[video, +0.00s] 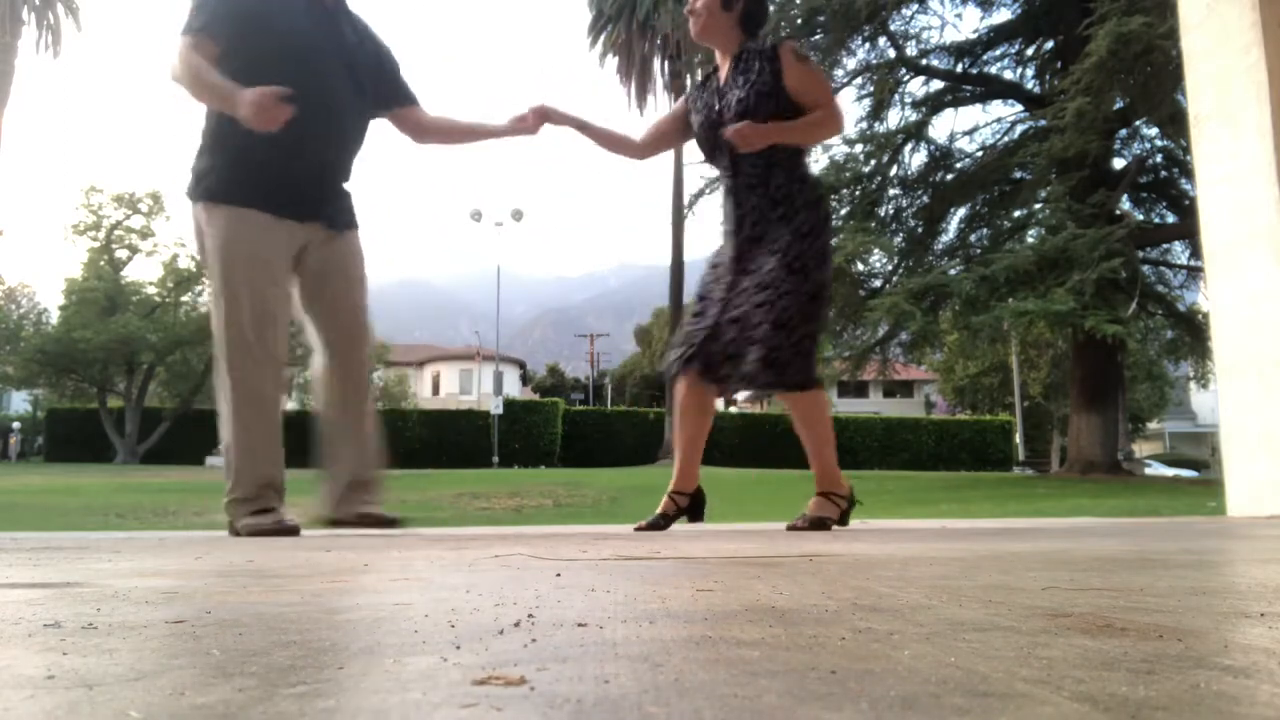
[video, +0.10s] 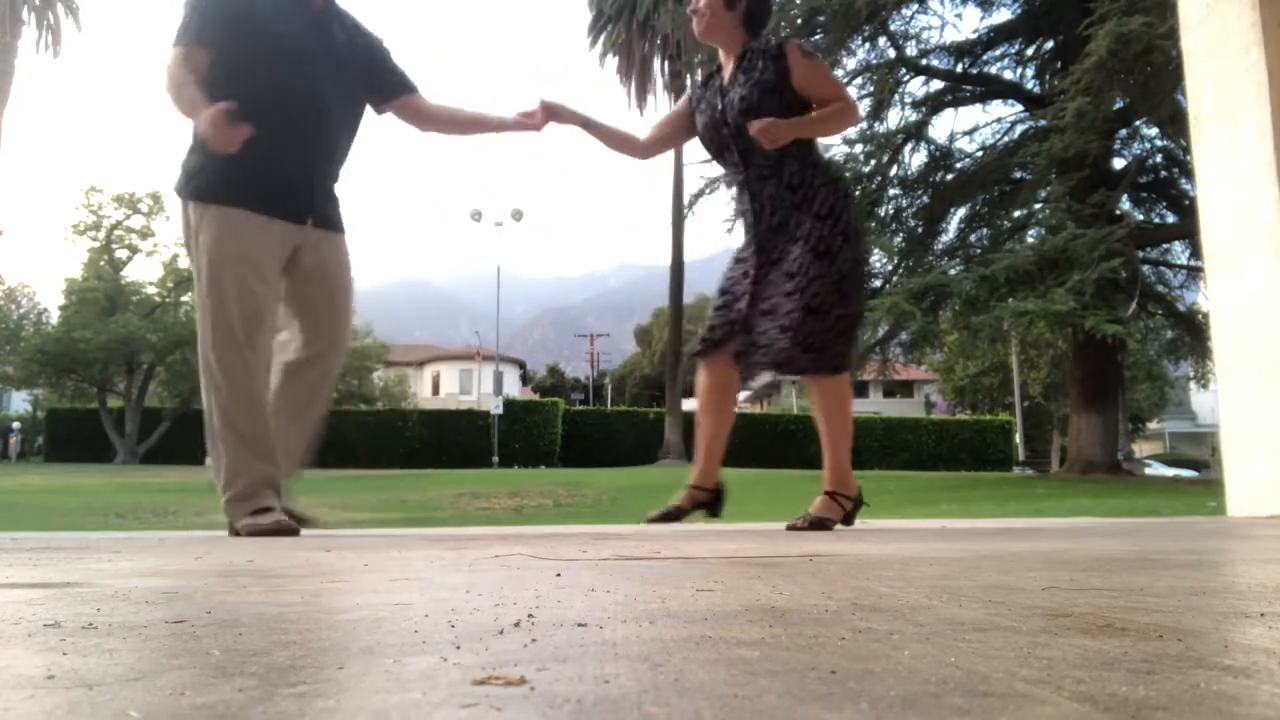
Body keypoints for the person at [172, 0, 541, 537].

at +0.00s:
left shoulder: (356, 35)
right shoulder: (237, 5)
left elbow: (418, 125)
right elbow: (189, 63)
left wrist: (505, 128)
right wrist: (236, 98)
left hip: (325, 209)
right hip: (242, 200)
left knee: (349, 351)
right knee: (253, 356)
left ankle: (352, 501)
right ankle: (254, 507)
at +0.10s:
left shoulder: (353, 38)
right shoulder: (229, 5)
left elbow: (424, 113)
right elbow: (181, 70)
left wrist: (513, 122)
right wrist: (202, 113)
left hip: (314, 208)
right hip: (233, 197)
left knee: (324, 340)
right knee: (239, 350)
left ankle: (266, 485)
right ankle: (250, 503)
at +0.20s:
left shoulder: (353, 47)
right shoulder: (229, 10)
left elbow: (429, 109)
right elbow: (180, 90)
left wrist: (516, 138)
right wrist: (181, 147)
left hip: (303, 221)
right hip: (224, 202)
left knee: (290, 352)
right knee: (233, 353)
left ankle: (184, 459)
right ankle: (251, 504)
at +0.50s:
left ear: (342, 2)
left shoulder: (365, 61)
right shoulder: (249, 31)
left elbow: (436, 104)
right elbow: (194, 107)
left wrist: (521, 111)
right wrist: (184, 169)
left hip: (295, 228)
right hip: (245, 214)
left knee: (234, 353)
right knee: (284, 346)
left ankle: (159, 488)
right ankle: (260, 499)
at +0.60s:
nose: (362, 5)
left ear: (366, 6)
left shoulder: (377, 74)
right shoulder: (271, 47)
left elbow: (443, 123)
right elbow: (216, 122)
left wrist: (521, 126)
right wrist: (213, 181)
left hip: (309, 229)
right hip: (271, 220)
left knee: (239, 364)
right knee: (335, 338)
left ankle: (158, 490)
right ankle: (338, 494)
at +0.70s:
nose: (390, 14)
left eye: (393, 6)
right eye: (379, 4)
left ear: (397, 13)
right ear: (350, 7)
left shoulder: (402, 92)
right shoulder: (310, 63)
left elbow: (454, 155)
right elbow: (255, 145)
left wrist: (517, 157)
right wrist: (260, 199)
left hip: (344, 247)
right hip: (309, 239)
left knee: (242, 367)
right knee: (379, 354)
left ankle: (157, 489)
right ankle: (412, 500)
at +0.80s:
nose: (434, 10)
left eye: (433, 2)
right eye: (424, 2)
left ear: (418, 12)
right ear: (391, 7)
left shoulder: (432, 90)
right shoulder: (358, 62)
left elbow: (463, 175)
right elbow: (324, 140)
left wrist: (516, 178)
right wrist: (326, 204)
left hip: (389, 251)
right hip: (365, 246)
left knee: (323, 372)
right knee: (421, 360)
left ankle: (192, 471)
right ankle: (422, 505)